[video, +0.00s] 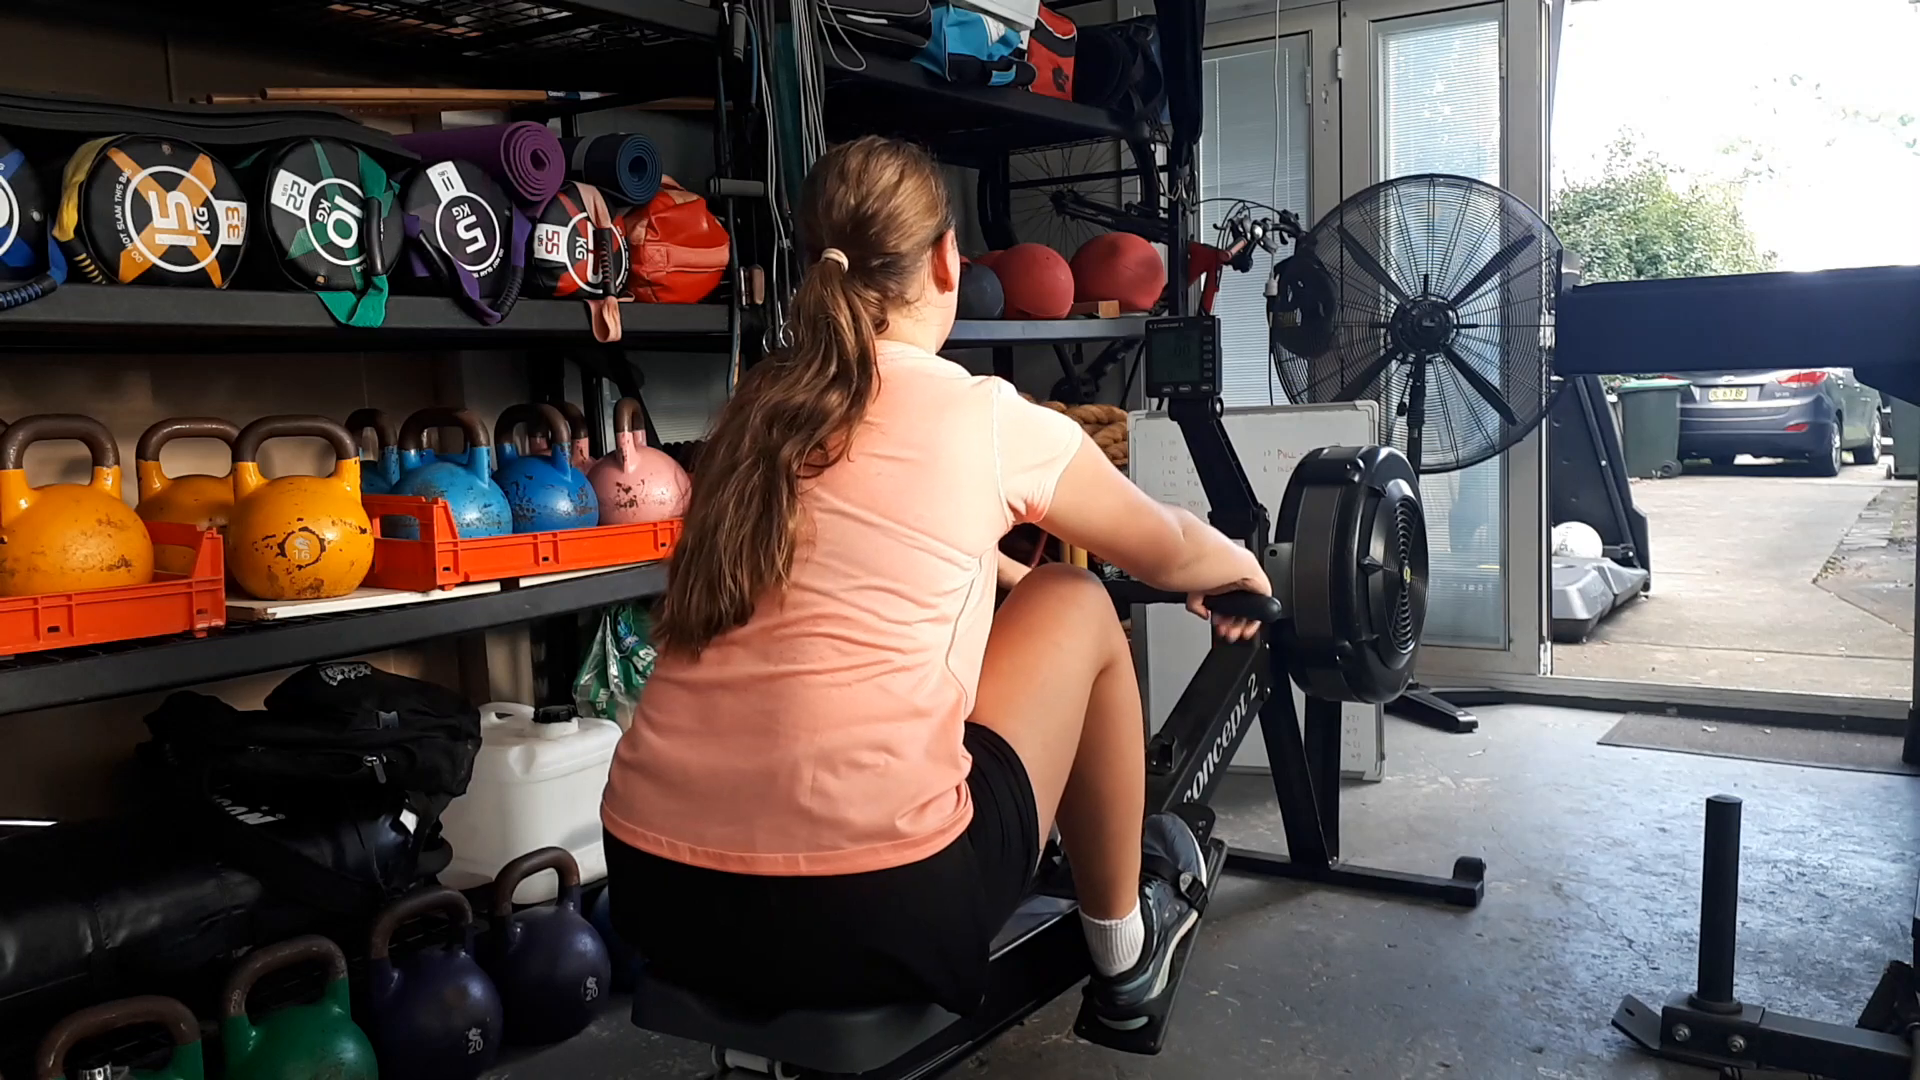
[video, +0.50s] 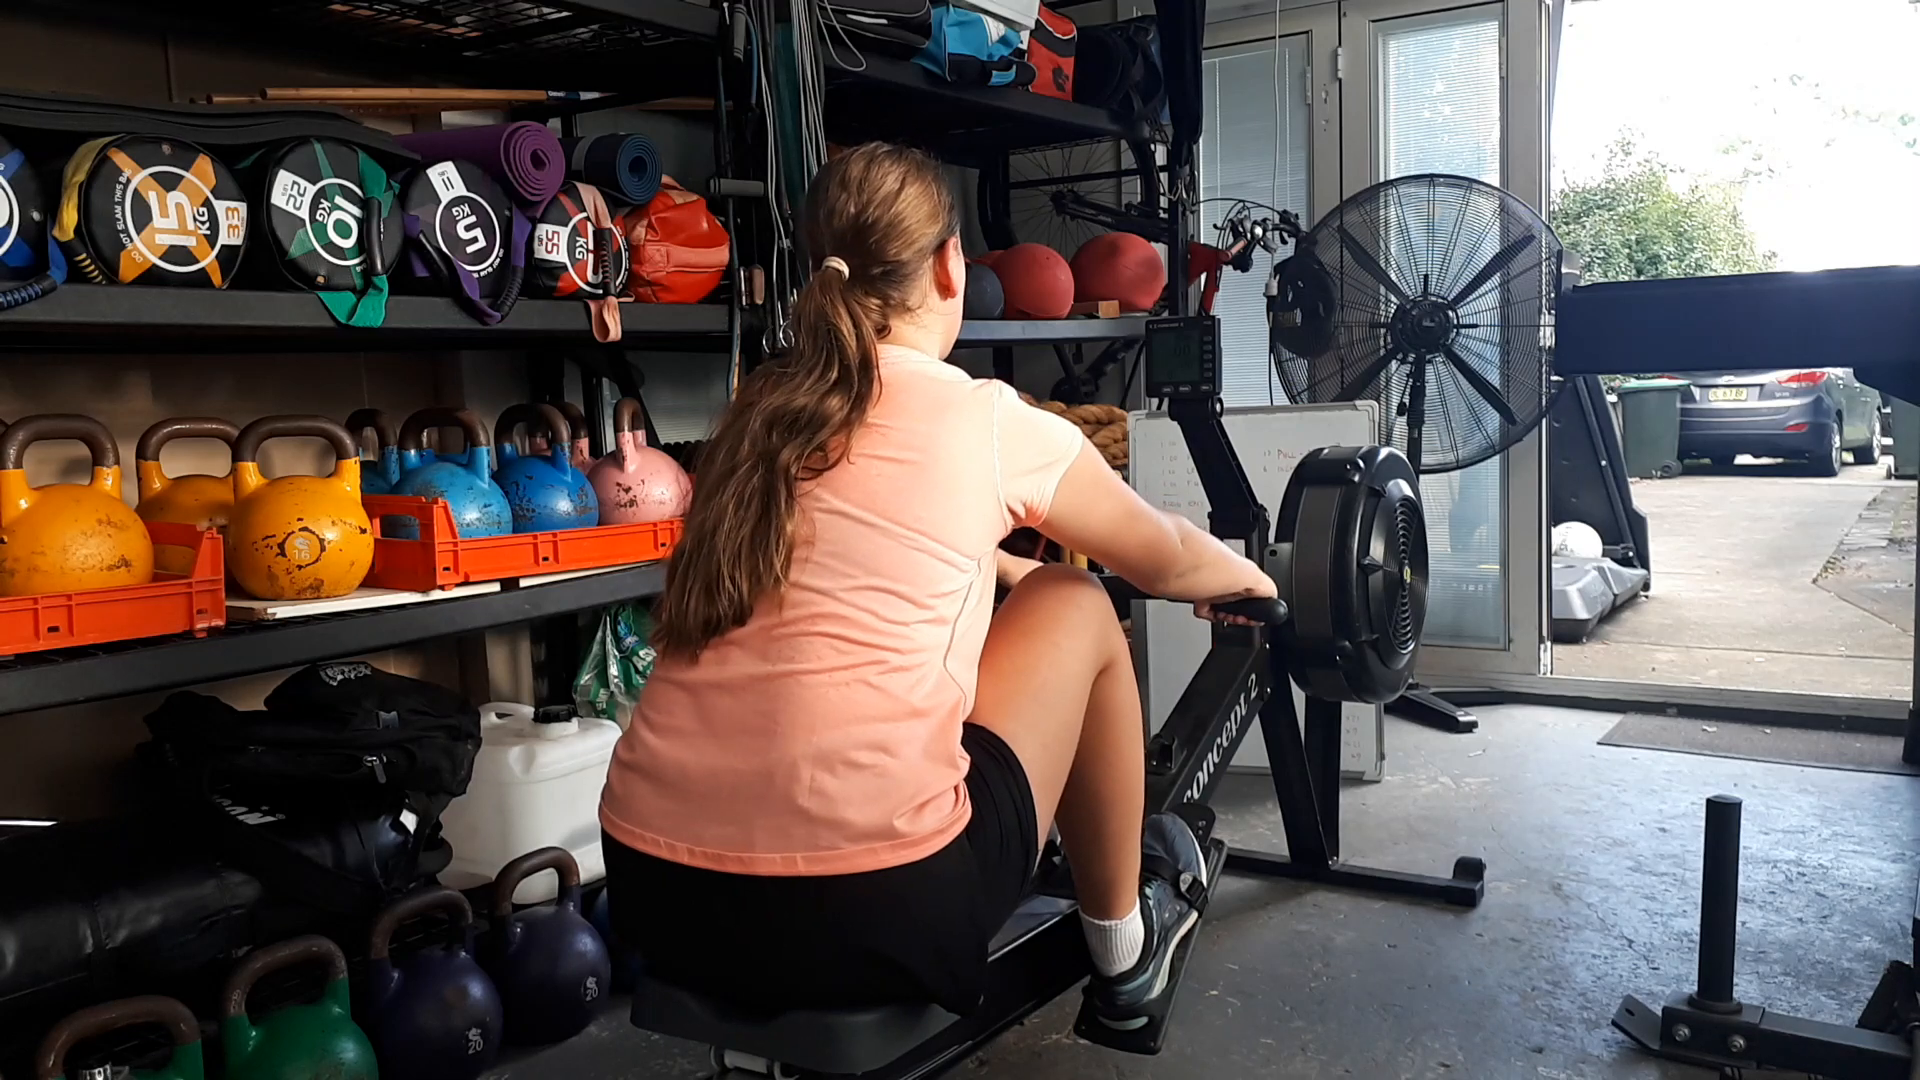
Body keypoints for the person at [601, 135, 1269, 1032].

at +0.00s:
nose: (962, 268)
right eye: (957, 247)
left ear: (812, 270)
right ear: (945, 265)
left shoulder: (755, 405)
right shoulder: (986, 419)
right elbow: (1164, 544)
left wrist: (1025, 581)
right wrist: (1229, 566)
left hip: (665, 905)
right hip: (875, 920)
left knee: (955, 596)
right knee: (1078, 604)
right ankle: (1123, 960)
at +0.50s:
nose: (968, 276)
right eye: (963, 254)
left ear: (816, 278)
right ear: (948, 270)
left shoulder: (757, 412)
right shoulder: (986, 422)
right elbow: (1158, 550)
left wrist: (1028, 577)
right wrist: (1222, 568)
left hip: (664, 906)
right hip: (875, 919)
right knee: (1076, 600)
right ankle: (1123, 963)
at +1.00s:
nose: (971, 279)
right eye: (968, 256)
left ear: (825, 273)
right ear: (951, 270)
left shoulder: (756, 408)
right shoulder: (990, 417)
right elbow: (1161, 547)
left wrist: (1027, 577)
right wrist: (1230, 569)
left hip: (663, 909)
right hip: (874, 923)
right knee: (1076, 598)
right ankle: (1123, 962)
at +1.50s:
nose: (972, 276)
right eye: (968, 255)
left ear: (826, 273)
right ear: (951, 269)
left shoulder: (760, 400)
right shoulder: (993, 412)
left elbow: (875, 539)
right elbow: (1161, 543)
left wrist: (1045, 579)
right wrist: (1233, 569)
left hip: (665, 907)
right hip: (875, 922)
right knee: (1076, 596)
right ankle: (1123, 964)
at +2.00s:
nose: (973, 282)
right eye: (970, 260)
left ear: (828, 281)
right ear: (955, 274)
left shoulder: (763, 408)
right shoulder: (993, 418)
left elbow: (876, 539)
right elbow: (1166, 543)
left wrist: (1047, 579)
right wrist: (1246, 573)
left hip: (665, 909)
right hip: (874, 923)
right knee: (1078, 596)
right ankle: (1122, 961)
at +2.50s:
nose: (981, 286)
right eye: (978, 265)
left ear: (834, 287)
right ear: (966, 282)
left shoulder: (767, 415)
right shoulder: (998, 426)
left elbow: (870, 542)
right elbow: (1165, 551)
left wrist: (1037, 578)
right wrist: (1237, 575)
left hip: (666, 910)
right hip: (875, 923)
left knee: (944, 595)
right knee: (1082, 595)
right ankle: (1123, 962)